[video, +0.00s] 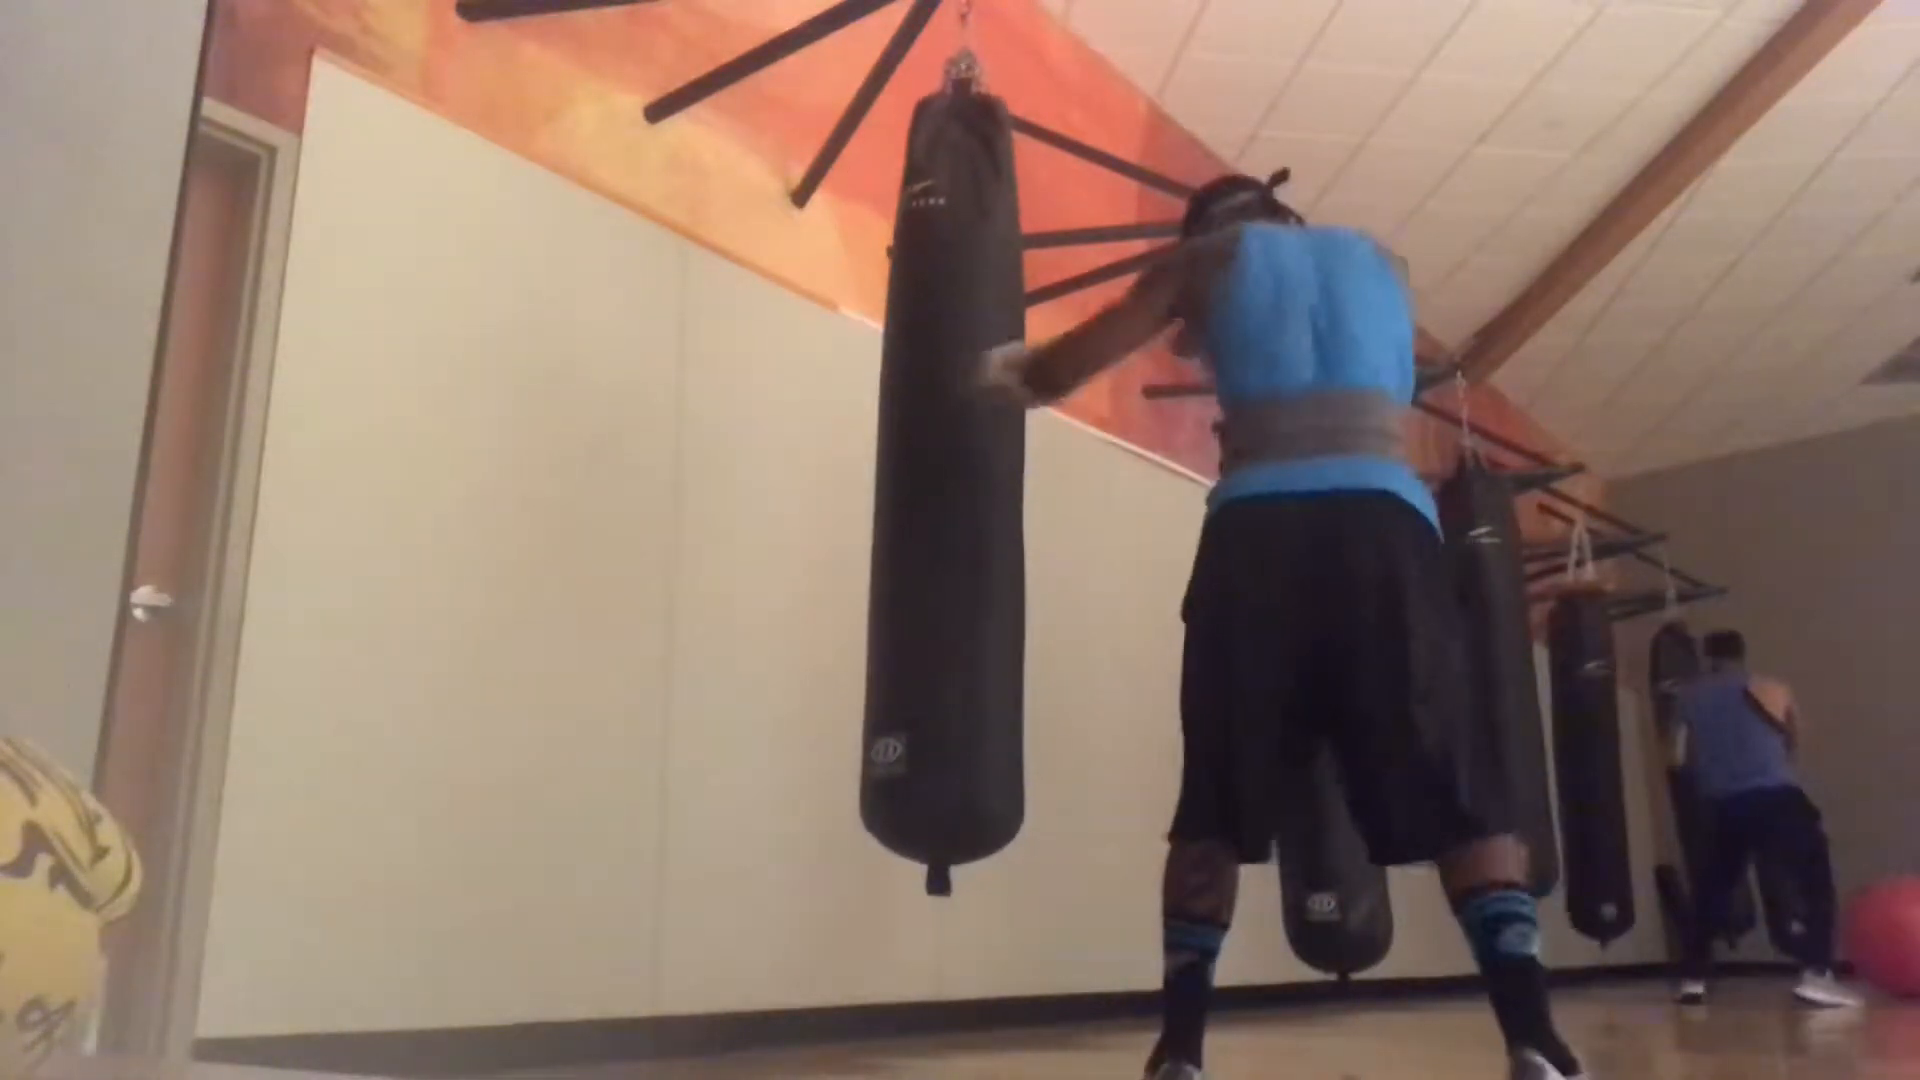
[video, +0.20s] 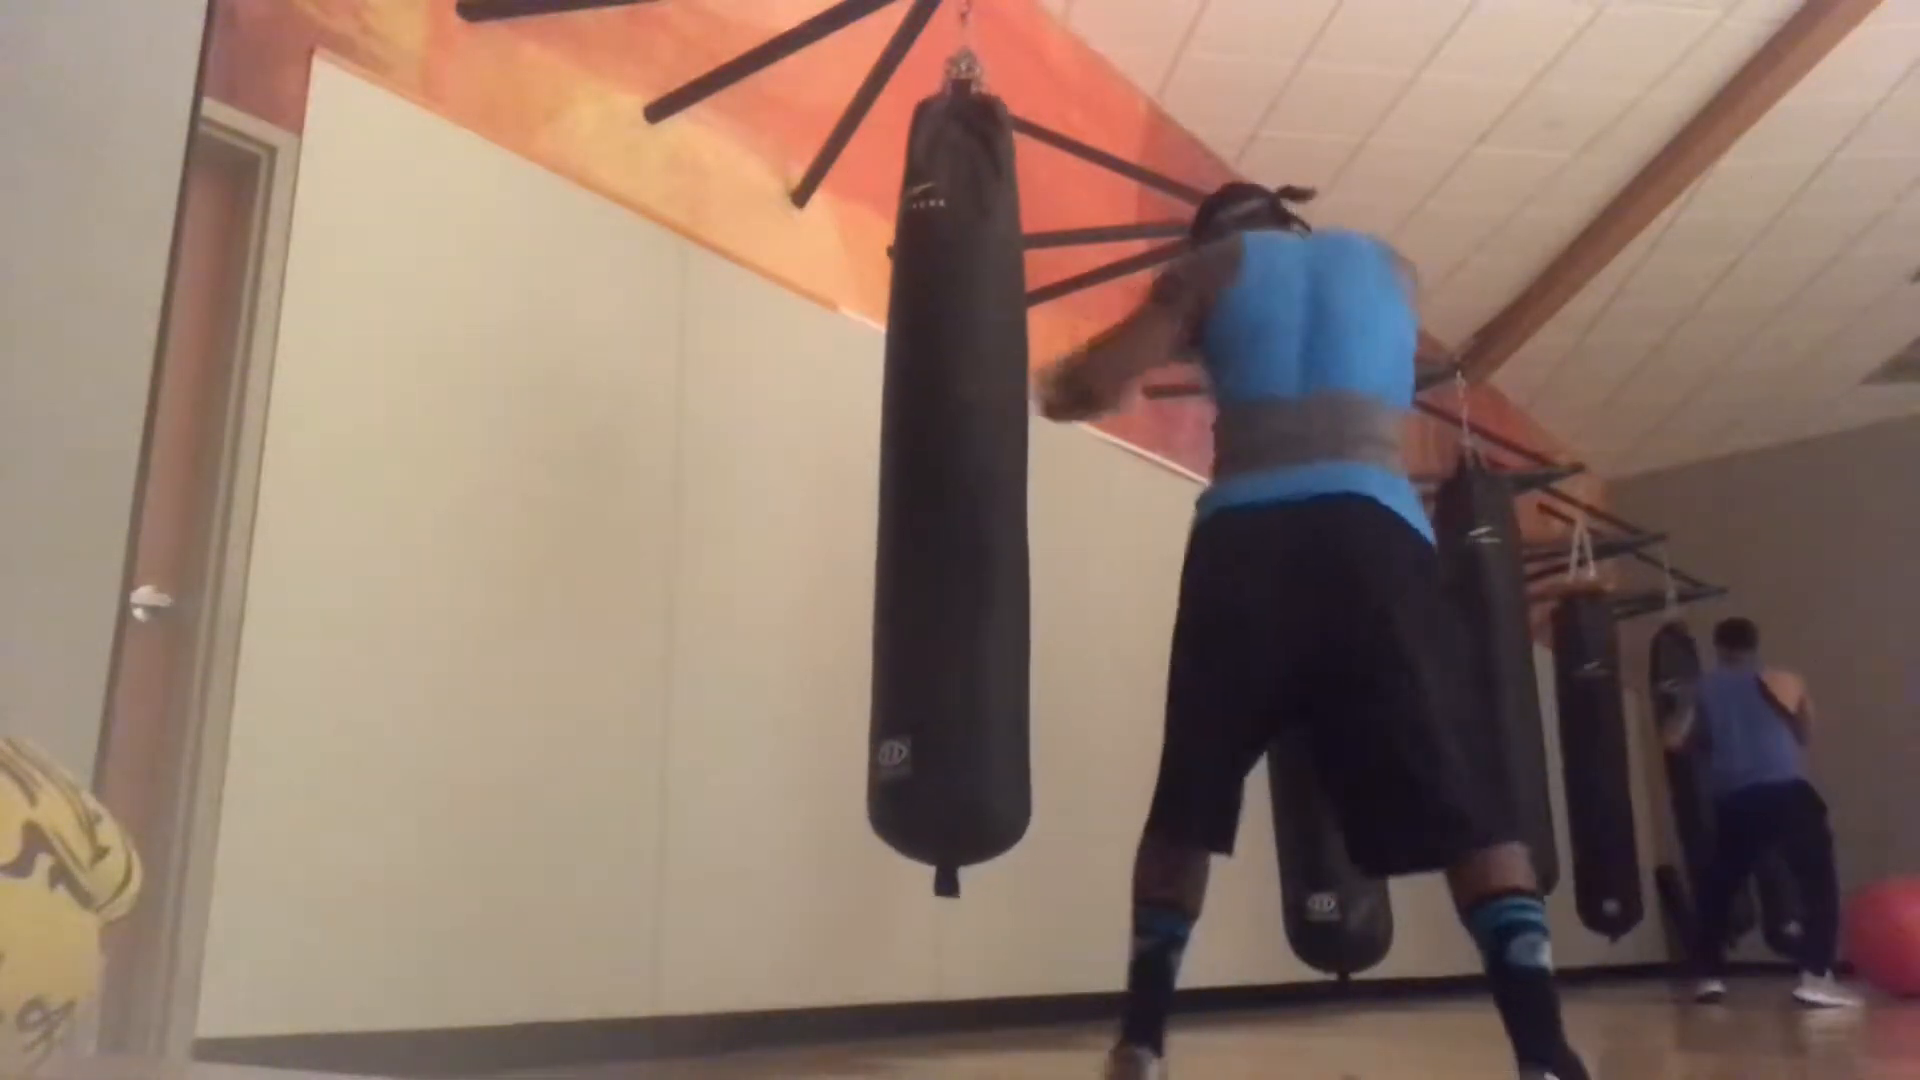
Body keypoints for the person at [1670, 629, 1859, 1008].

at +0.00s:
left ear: (1707, 660)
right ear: (1743, 657)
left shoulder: (1691, 699)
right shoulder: (1772, 690)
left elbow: (1680, 759)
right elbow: (1792, 743)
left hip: (1723, 806)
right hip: (1779, 799)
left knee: (1712, 887)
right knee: (1816, 882)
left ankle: (1694, 977)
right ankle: (1817, 973)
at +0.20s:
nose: (1732, 656)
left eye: (1727, 650)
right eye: (1738, 647)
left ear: (1718, 651)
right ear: (1756, 649)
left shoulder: (1703, 691)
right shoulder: (1787, 683)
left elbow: (1676, 740)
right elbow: (1805, 737)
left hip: (1738, 804)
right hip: (1792, 798)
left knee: (1717, 885)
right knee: (1819, 883)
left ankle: (1709, 975)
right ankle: (1816, 976)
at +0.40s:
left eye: (1715, 645)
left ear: (1705, 649)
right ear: (1742, 646)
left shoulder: (1694, 691)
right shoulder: (1773, 676)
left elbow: (1669, 745)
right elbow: (1799, 724)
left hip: (1735, 799)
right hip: (1789, 792)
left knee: (1723, 884)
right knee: (1814, 880)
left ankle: (1715, 979)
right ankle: (1815, 977)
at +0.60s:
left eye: (1671, 661)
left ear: (1673, 662)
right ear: (1711, 652)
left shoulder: (1676, 704)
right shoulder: (1745, 677)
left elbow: (1664, 763)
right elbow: (1796, 716)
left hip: (1730, 801)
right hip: (1782, 790)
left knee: (1720, 887)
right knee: (1822, 874)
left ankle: (1715, 980)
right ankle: (1822, 965)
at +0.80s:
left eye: (1671, 666)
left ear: (1677, 665)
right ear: (1713, 654)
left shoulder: (1680, 703)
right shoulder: (1751, 677)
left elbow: (1672, 764)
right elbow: (1778, 717)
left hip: (1731, 804)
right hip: (1788, 792)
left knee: (1724, 890)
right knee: (1834, 877)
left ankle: (1715, 981)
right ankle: (1843, 961)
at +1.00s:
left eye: (1670, 660)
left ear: (1678, 656)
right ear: (1715, 643)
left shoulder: (1686, 687)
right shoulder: (1743, 665)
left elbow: (1634, 718)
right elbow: (1789, 676)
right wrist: (1765, 664)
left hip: (1736, 783)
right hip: (1781, 774)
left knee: (1738, 871)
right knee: (1816, 864)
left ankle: (1713, 966)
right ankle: (1843, 962)